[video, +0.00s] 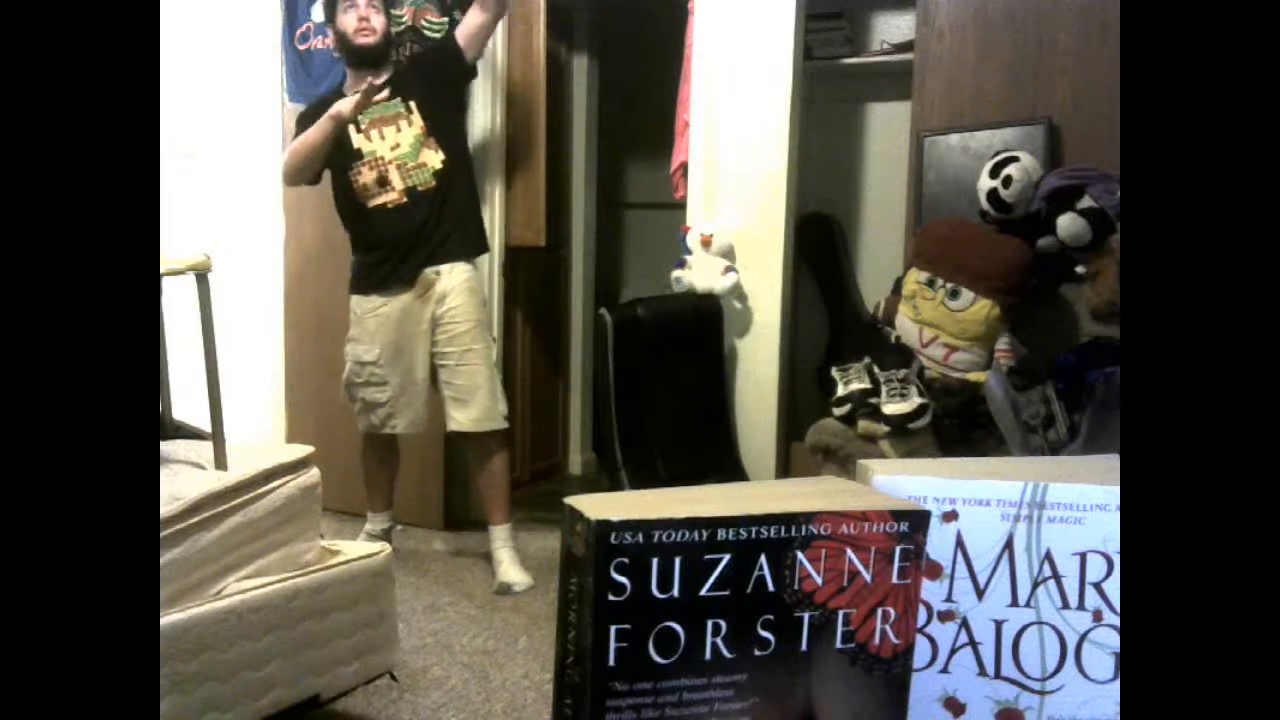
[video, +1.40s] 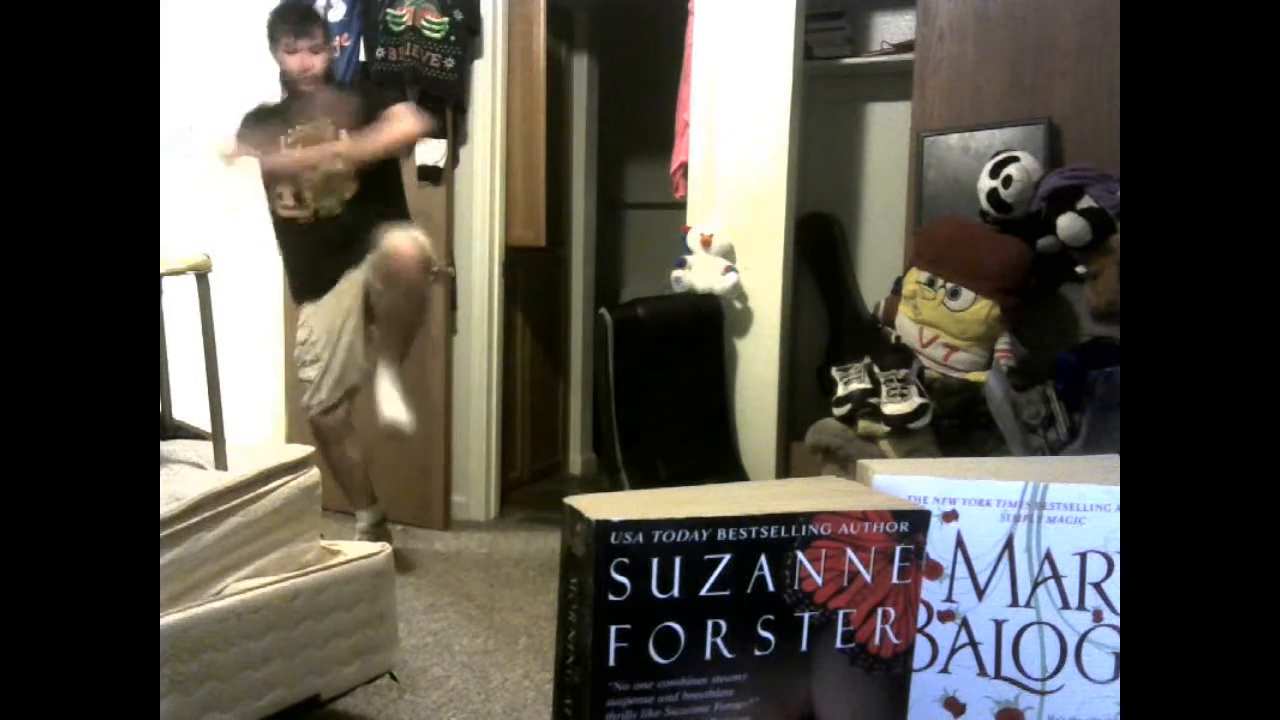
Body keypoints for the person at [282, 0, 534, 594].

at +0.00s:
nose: (364, 13)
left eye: (373, 5)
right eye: (350, 7)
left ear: (388, 19)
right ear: (334, 29)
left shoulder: (432, 69)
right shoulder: (324, 111)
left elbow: (490, 6)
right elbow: (293, 175)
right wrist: (335, 118)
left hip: (453, 263)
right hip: (380, 279)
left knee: (479, 408)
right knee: (378, 410)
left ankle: (503, 544)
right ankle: (378, 531)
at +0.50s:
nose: (352, 48)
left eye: (363, 36)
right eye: (339, 37)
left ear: (379, 42)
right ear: (318, 46)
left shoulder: (407, 88)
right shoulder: (304, 116)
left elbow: (465, 88)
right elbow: (315, 171)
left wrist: (448, 28)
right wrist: (385, 130)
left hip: (424, 278)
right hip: (351, 287)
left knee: (462, 399)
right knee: (346, 420)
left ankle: (476, 527)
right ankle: (375, 531)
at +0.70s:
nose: (355, 66)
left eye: (365, 52)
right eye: (342, 53)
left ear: (381, 53)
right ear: (319, 53)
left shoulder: (403, 120)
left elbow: (412, 222)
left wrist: (350, 267)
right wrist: (320, 259)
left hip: (407, 274)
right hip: (336, 285)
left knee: (447, 376)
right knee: (343, 419)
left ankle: (459, 518)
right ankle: (374, 528)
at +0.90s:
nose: (337, 71)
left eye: (348, 58)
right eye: (325, 59)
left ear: (365, 59)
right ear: (307, 59)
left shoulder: (389, 125)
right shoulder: (292, 116)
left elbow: (359, 216)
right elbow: (229, 146)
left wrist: (277, 232)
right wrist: (196, 142)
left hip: (393, 281)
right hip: (324, 291)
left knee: (411, 392)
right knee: (327, 419)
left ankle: (448, 504)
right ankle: (368, 526)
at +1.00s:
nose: (323, 65)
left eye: (333, 52)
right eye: (311, 53)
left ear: (350, 53)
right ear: (293, 56)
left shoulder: (377, 110)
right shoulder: (281, 111)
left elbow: (353, 193)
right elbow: (201, 115)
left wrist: (276, 214)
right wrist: (214, 78)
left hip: (392, 265)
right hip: (325, 284)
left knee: (399, 346)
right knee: (325, 410)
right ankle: (370, 513)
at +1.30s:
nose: (309, 59)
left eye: (318, 47)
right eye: (296, 49)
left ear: (336, 48)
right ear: (280, 55)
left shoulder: (362, 94)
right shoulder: (272, 110)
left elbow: (392, 130)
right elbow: (202, 126)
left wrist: (299, 154)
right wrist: (254, 117)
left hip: (382, 255)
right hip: (320, 287)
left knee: (418, 268)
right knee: (325, 417)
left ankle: (388, 385)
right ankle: (370, 521)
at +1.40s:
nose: (306, 62)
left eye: (314, 49)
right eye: (294, 52)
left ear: (331, 48)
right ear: (275, 56)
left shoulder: (365, 96)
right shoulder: (263, 123)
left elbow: (413, 124)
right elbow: (235, 164)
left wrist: (347, 150)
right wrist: (311, 159)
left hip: (378, 253)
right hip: (317, 287)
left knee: (407, 248)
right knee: (327, 420)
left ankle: (390, 366)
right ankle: (368, 518)